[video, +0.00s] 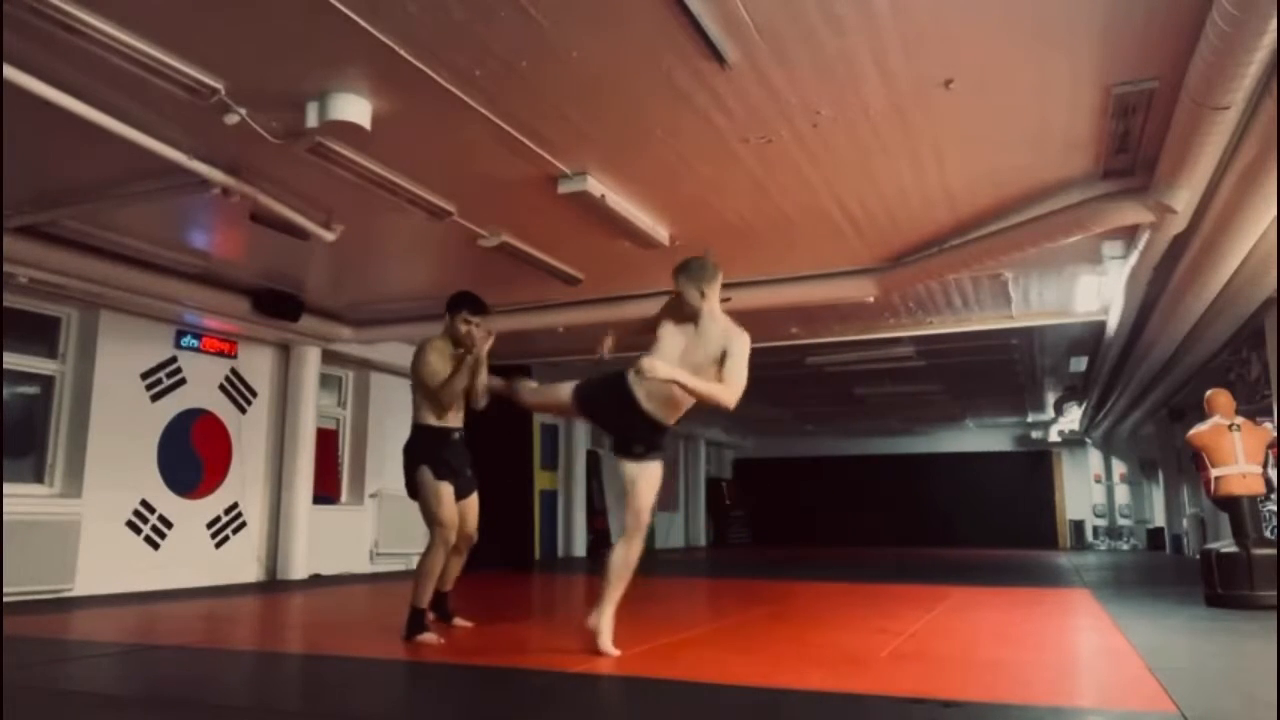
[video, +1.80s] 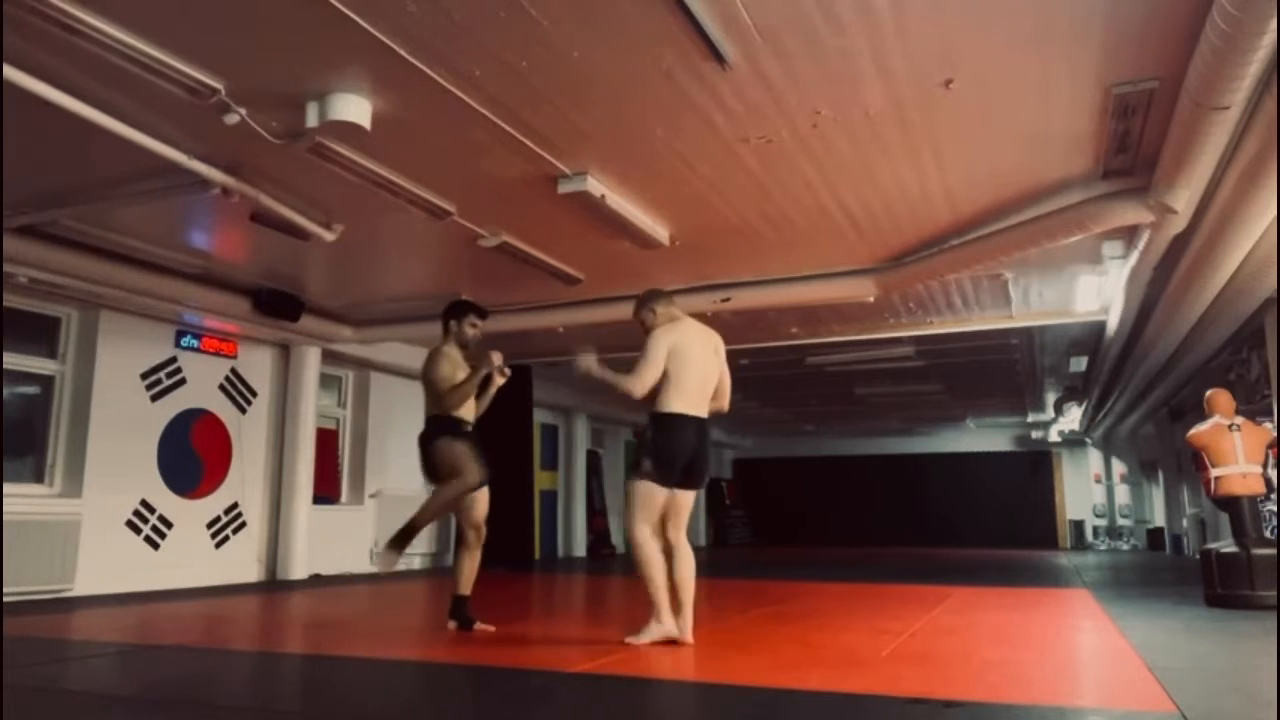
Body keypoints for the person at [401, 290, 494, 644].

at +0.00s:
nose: (472, 330)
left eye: (477, 325)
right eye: (466, 322)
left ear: (482, 328)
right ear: (449, 319)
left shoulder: (470, 355)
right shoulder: (431, 351)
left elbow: (478, 400)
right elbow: (443, 399)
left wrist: (482, 356)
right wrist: (469, 358)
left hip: (457, 446)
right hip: (428, 445)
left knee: (467, 533)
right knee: (444, 531)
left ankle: (442, 604)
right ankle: (417, 619)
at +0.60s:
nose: (430, 337)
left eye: (433, 332)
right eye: (424, 330)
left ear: (435, 333)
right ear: (408, 327)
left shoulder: (431, 359)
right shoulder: (388, 358)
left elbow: (447, 399)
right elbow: (411, 398)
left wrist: (450, 360)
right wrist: (426, 356)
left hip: (425, 445)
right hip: (396, 443)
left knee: (426, 532)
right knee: (398, 526)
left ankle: (412, 604)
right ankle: (371, 598)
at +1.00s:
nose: (401, 333)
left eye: (406, 328)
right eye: (396, 325)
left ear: (409, 332)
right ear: (378, 323)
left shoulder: (405, 365)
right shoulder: (354, 355)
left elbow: (414, 414)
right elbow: (362, 400)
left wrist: (426, 381)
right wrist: (384, 360)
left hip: (394, 446)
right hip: (360, 444)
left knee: (414, 531)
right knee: (348, 531)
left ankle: (410, 607)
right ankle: (327, 614)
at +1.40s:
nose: (425, 335)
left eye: (429, 331)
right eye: (420, 327)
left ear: (429, 334)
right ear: (399, 325)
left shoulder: (420, 368)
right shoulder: (376, 358)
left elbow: (425, 419)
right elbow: (387, 402)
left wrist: (445, 390)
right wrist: (416, 362)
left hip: (409, 453)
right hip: (375, 451)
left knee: (442, 528)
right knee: (351, 536)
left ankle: (452, 605)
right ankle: (326, 614)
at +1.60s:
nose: (459, 337)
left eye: (462, 332)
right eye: (453, 329)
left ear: (462, 335)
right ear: (433, 329)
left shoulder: (453, 367)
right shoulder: (416, 361)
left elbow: (455, 420)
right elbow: (427, 404)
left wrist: (478, 398)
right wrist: (458, 368)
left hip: (447, 453)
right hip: (413, 450)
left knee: (466, 531)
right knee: (386, 529)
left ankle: (459, 609)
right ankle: (338, 591)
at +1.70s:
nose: (471, 335)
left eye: (473, 329)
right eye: (465, 327)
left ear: (472, 332)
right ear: (446, 326)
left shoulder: (462, 366)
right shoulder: (430, 358)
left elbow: (463, 419)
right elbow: (443, 401)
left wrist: (489, 393)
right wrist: (472, 369)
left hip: (457, 446)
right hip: (428, 441)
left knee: (471, 529)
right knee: (424, 505)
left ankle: (459, 609)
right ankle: (370, 560)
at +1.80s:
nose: (476, 333)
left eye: (479, 328)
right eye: (472, 326)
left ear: (475, 331)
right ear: (452, 325)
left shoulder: (466, 364)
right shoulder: (441, 355)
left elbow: (471, 414)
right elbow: (447, 401)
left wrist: (494, 386)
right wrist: (481, 371)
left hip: (465, 440)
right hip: (442, 434)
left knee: (475, 530)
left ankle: (461, 608)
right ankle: (402, 539)